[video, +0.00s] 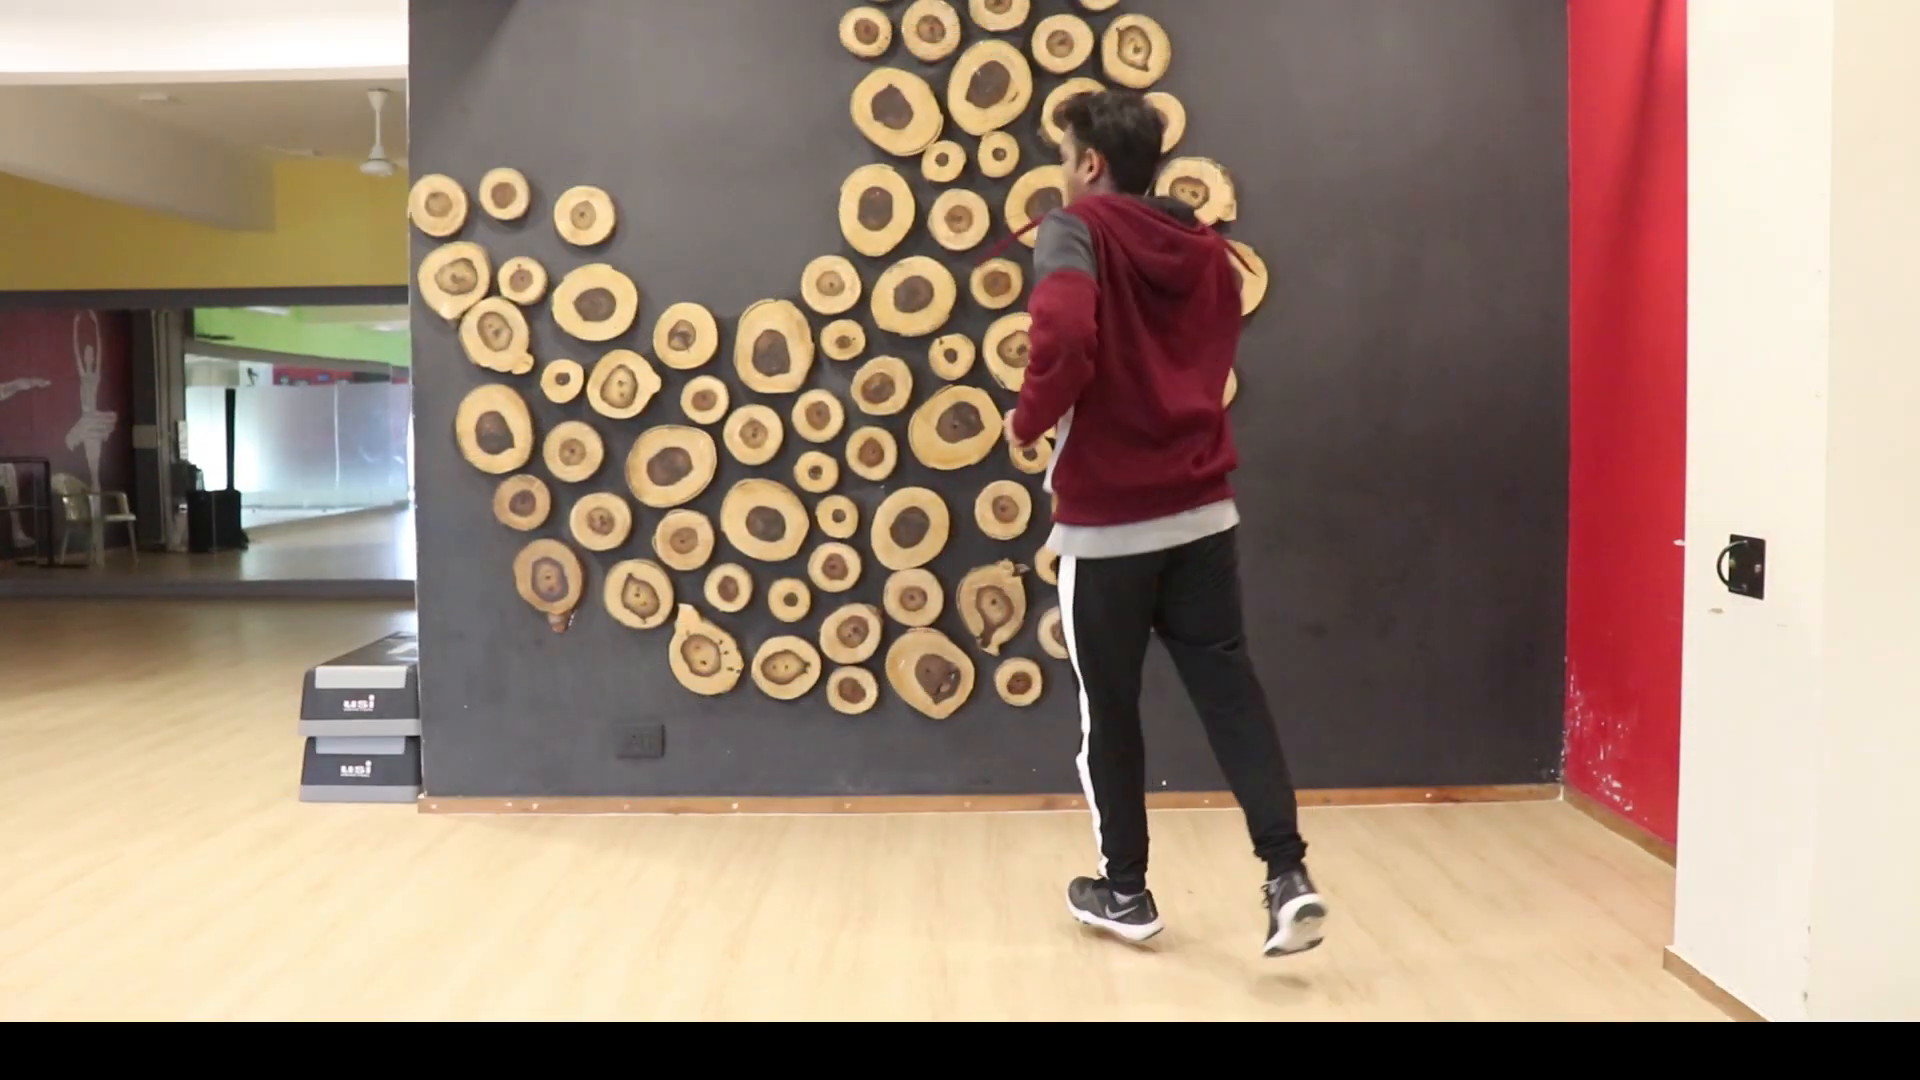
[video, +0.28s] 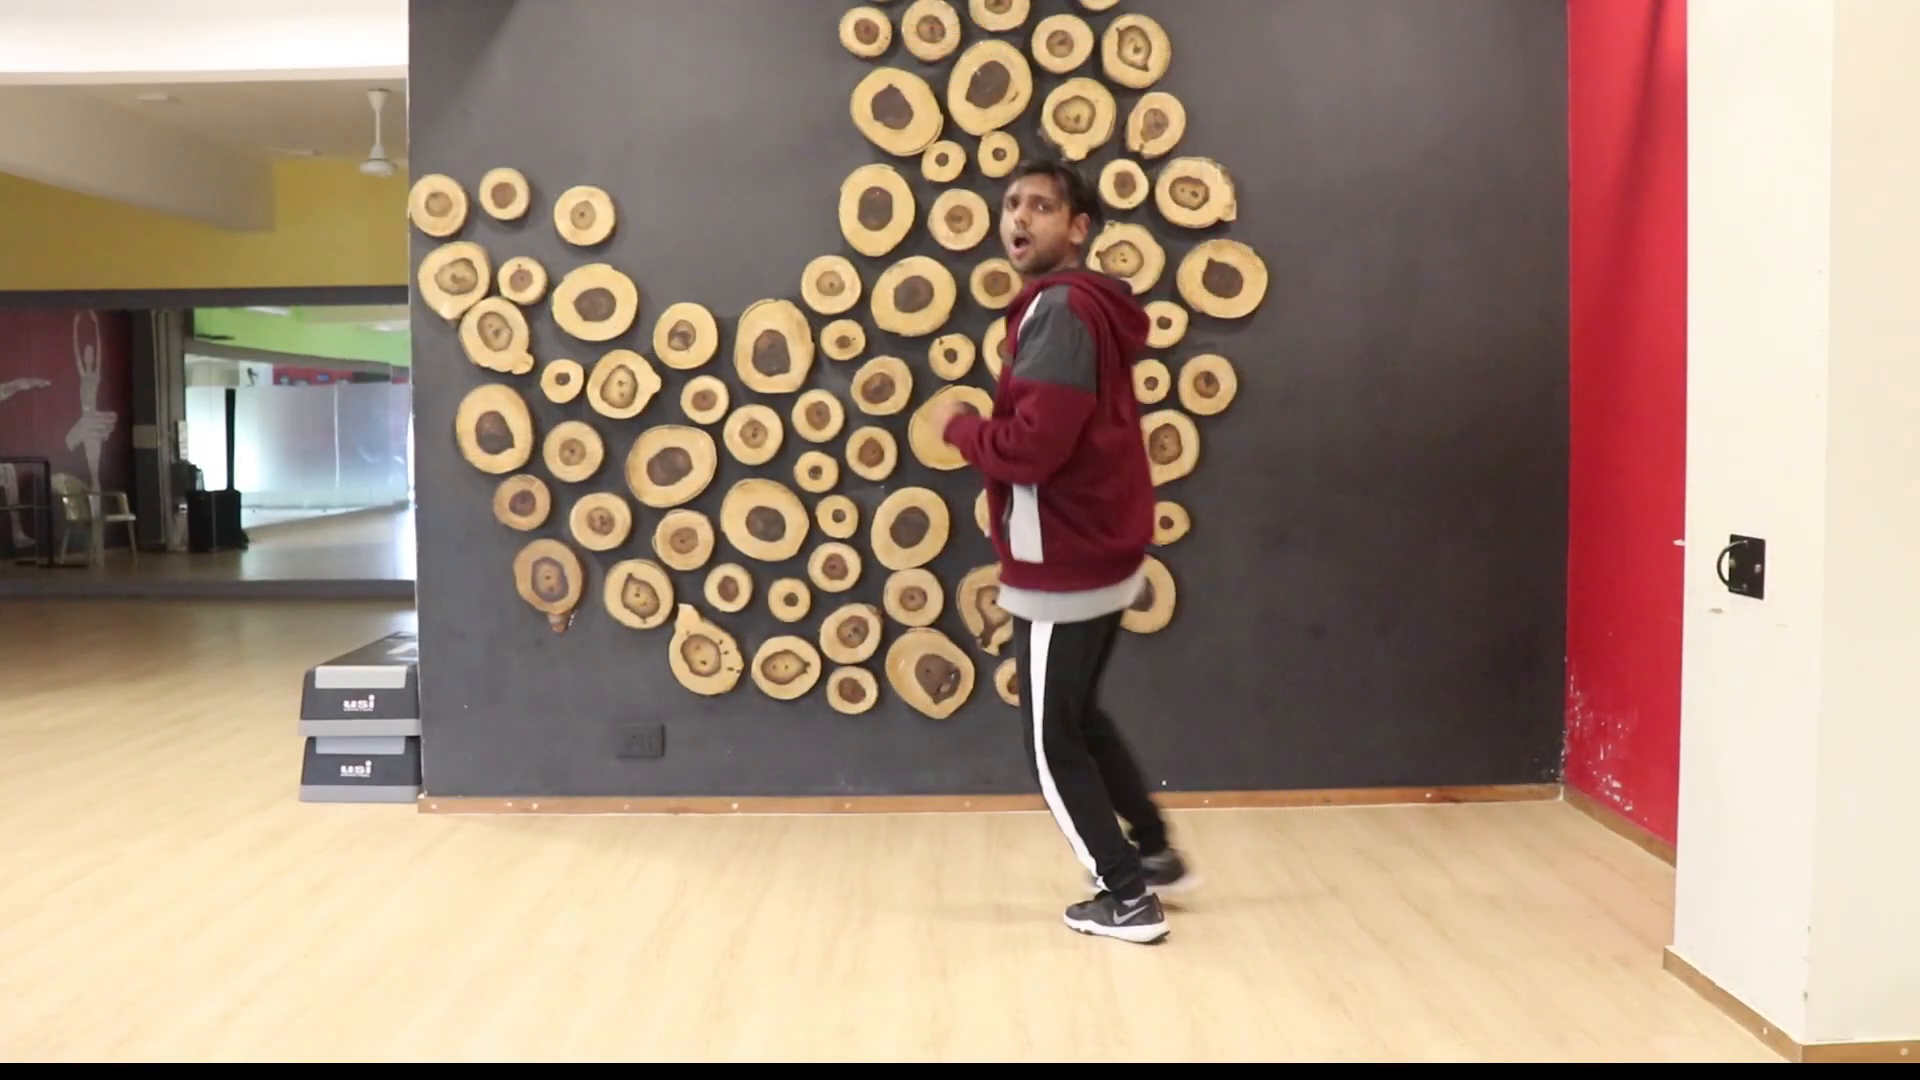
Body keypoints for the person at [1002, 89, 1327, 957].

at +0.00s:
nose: (1065, 173)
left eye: (1068, 159)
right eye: (1067, 159)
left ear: (1093, 162)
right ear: (1149, 164)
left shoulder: (1073, 232)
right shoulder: (1199, 241)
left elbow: (1067, 337)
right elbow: (1222, 346)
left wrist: (1025, 422)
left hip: (1108, 523)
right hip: (1203, 512)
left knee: (1108, 704)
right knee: (1228, 681)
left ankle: (1125, 888)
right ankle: (1287, 876)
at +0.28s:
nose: (1017, 219)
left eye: (1037, 207)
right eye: (1012, 207)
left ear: (1077, 226)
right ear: (1007, 222)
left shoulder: (1061, 313)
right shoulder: (1070, 304)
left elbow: (1037, 444)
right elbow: (1048, 434)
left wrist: (966, 430)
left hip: (1066, 573)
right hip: (1093, 563)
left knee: (1053, 743)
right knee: (1073, 716)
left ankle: (1126, 896)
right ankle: (1153, 852)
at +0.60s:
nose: (961, 236)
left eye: (977, 224)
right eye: (949, 224)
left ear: (1007, 240)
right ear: (931, 240)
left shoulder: (1032, 329)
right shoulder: (920, 331)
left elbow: (1057, 446)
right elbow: (907, 422)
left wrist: (945, 470)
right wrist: (861, 493)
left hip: (1000, 573)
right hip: (924, 564)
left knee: (996, 730)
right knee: (889, 714)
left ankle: (1113, 854)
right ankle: (937, 850)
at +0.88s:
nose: (934, 211)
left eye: (949, 199)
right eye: (920, 200)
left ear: (974, 214)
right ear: (900, 214)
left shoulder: (1008, 294)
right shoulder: (865, 295)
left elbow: (1049, 397)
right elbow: (810, 389)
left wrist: (963, 385)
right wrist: (723, 385)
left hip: (970, 539)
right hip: (878, 534)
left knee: (960, 699)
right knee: (864, 691)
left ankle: (955, 839)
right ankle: (889, 833)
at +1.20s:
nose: (929, 263)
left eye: (944, 254)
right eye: (916, 252)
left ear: (965, 274)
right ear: (893, 269)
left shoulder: (986, 361)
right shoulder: (847, 333)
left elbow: (1005, 460)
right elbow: (755, 385)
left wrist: (975, 527)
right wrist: (802, 358)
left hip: (940, 576)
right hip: (846, 570)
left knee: (947, 730)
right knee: (839, 731)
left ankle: (948, 844)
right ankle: (881, 844)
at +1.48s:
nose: (898, 317)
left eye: (911, 307)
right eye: (885, 307)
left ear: (934, 321)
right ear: (865, 324)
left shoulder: (974, 393)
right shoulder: (841, 393)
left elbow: (1010, 497)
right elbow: (796, 465)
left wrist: (1020, 593)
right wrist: (832, 373)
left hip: (944, 597)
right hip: (848, 592)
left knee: (950, 744)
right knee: (838, 745)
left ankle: (945, 846)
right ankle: (883, 846)